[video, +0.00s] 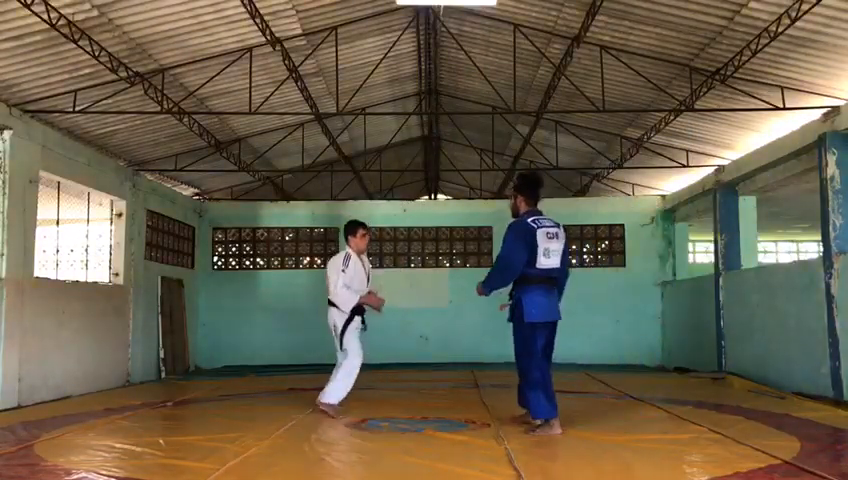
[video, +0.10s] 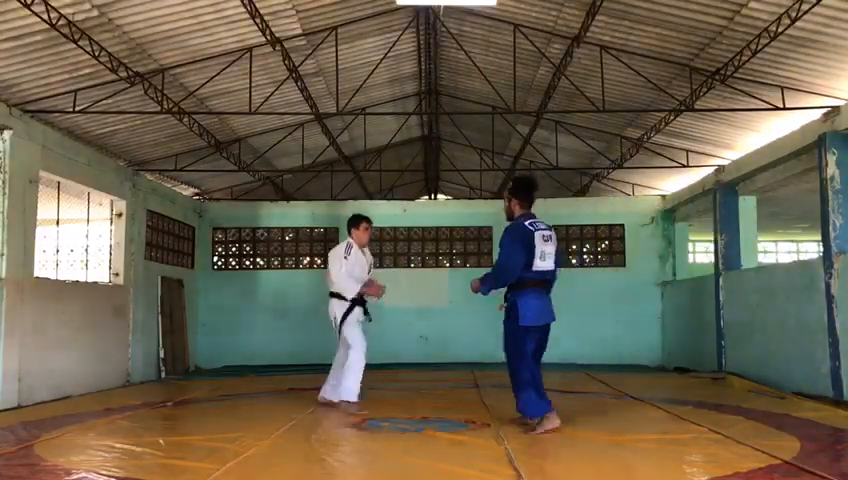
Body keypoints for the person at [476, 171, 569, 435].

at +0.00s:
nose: (512, 202)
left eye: (513, 197)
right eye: (513, 197)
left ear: (520, 199)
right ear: (536, 199)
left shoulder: (519, 227)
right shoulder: (556, 228)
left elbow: (510, 264)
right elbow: (562, 269)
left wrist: (486, 285)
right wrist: (553, 297)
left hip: (528, 300)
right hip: (550, 299)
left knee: (529, 360)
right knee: (542, 358)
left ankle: (549, 420)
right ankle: (537, 411)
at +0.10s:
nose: (505, 205)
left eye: (506, 200)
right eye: (506, 200)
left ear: (513, 201)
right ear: (530, 201)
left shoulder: (515, 230)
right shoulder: (547, 230)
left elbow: (508, 269)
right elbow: (550, 272)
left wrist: (483, 283)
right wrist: (534, 295)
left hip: (522, 303)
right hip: (543, 302)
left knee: (518, 360)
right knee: (532, 359)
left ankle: (546, 414)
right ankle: (532, 410)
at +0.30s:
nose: (494, 206)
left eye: (495, 201)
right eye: (495, 201)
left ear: (503, 203)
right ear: (515, 204)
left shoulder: (509, 231)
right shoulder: (528, 228)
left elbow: (508, 268)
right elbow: (524, 269)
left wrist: (480, 281)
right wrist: (490, 278)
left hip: (512, 300)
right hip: (530, 298)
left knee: (490, 350)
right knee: (523, 354)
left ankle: (518, 404)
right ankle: (531, 411)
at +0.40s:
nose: (487, 206)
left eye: (488, 201)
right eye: (488, 201)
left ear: (496, 203)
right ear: (507, 203)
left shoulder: (506, 229)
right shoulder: (518, 227)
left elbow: (505, 268)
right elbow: (498, 262)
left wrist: (477, 281)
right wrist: (468, 264)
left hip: (507, 301)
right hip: (522, 298)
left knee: (491, 354)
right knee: (519, 355)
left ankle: (497, 414)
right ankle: (530, 411)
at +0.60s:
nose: (474, 212)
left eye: (475, 207)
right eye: (474, 207)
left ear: (483, 208)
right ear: (493, 207)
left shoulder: (495, 232)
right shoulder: (501, 230)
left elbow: (494, 270)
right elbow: (480, 260)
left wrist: (467, 285)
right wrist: (451, 257)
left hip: (499, 301)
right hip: (506, 300)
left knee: (489, 355)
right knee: (495, 353)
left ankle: (494, 416)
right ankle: (518, 395)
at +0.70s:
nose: (468, 211)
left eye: (469, 207)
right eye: (468, 207)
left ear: (477, 208)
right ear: (487, 207)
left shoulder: (492, 232)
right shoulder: (492, 230)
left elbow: (491, 269)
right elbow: (473, 259)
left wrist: (463, 285)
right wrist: (445, 256)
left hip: (496, 299)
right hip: (499, 296)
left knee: (486, 350)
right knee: (491, 348)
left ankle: (493, 414)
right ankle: (502, 394)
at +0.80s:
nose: (462, 212)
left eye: (464, 208)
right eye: (463, 208)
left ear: (471, 209)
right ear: (481, 207)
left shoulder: (490, 233)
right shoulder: (481, 233)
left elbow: (489, 270)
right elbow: (467, 258)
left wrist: (459, 282)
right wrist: (438, 253)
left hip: (496, 299)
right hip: (486, 298)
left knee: (491, 353)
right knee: (477, 349)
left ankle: (495, 414)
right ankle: (484, 403)